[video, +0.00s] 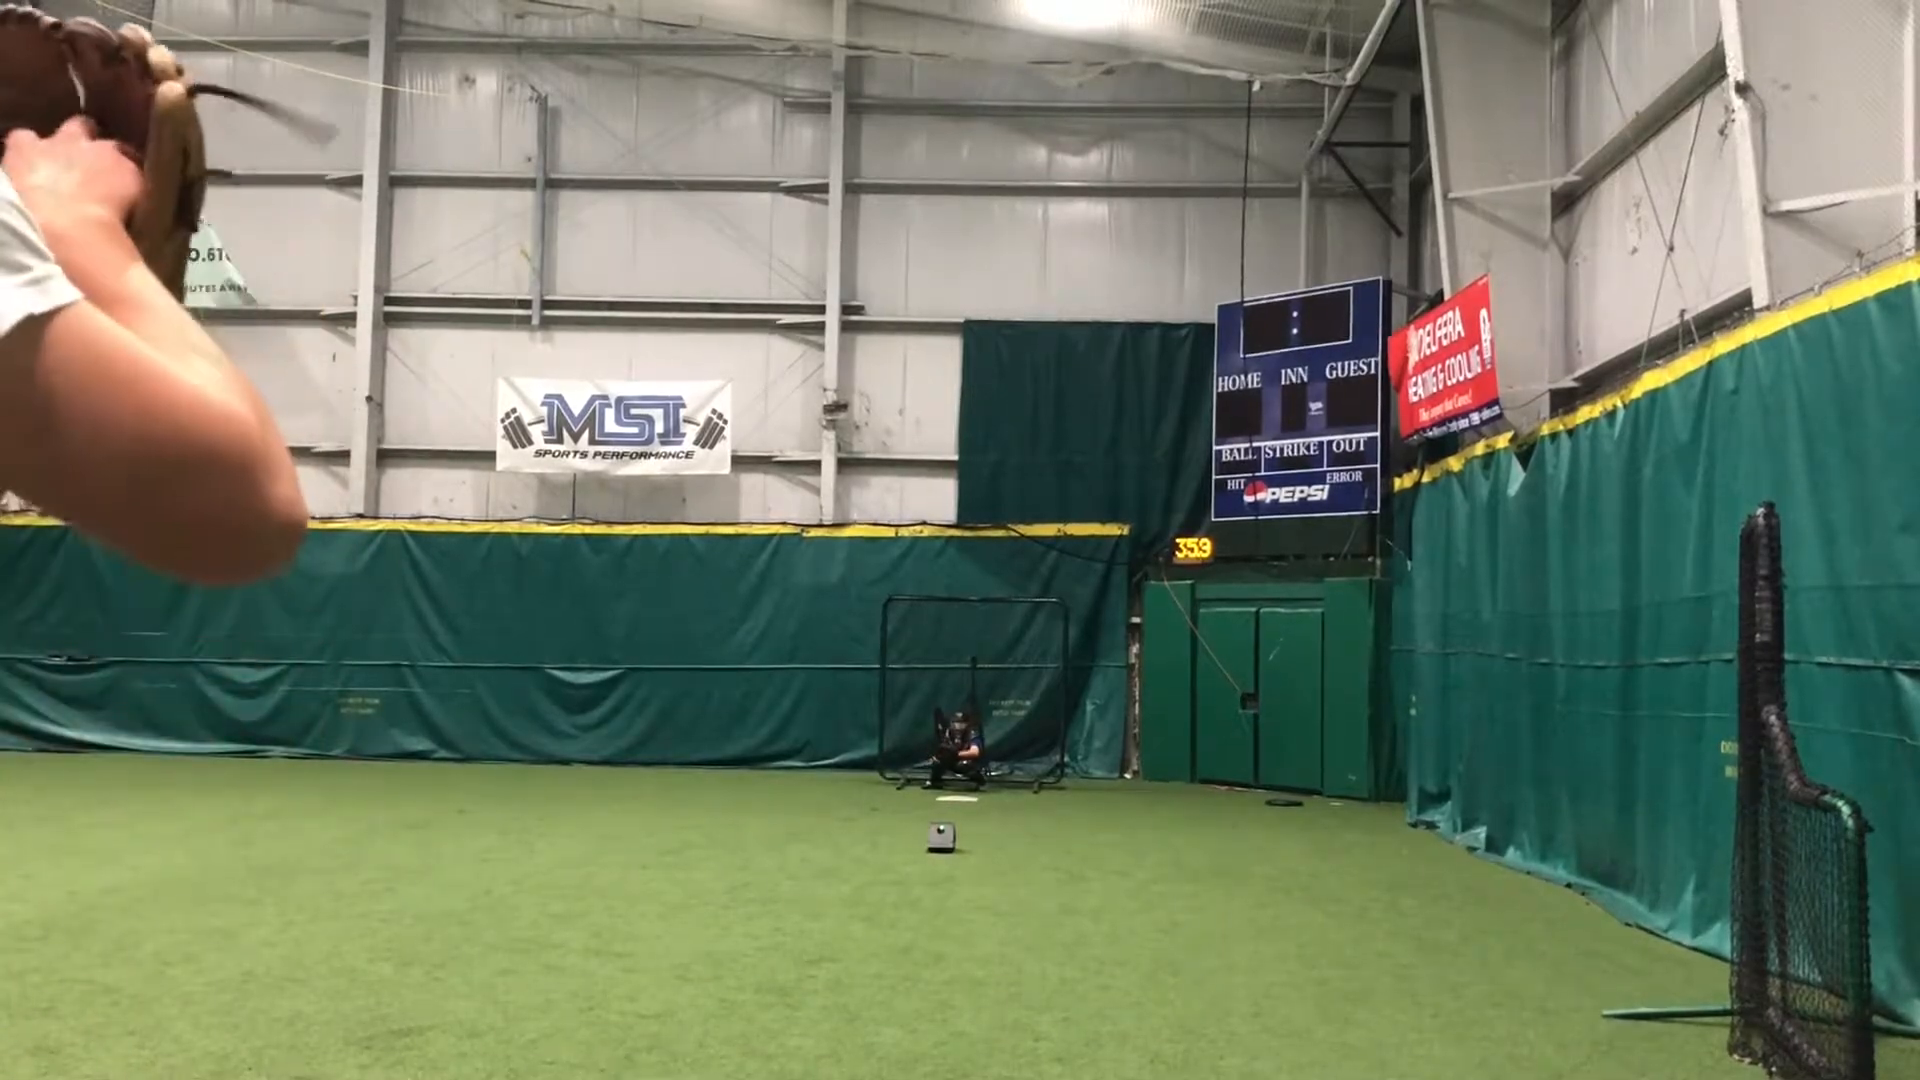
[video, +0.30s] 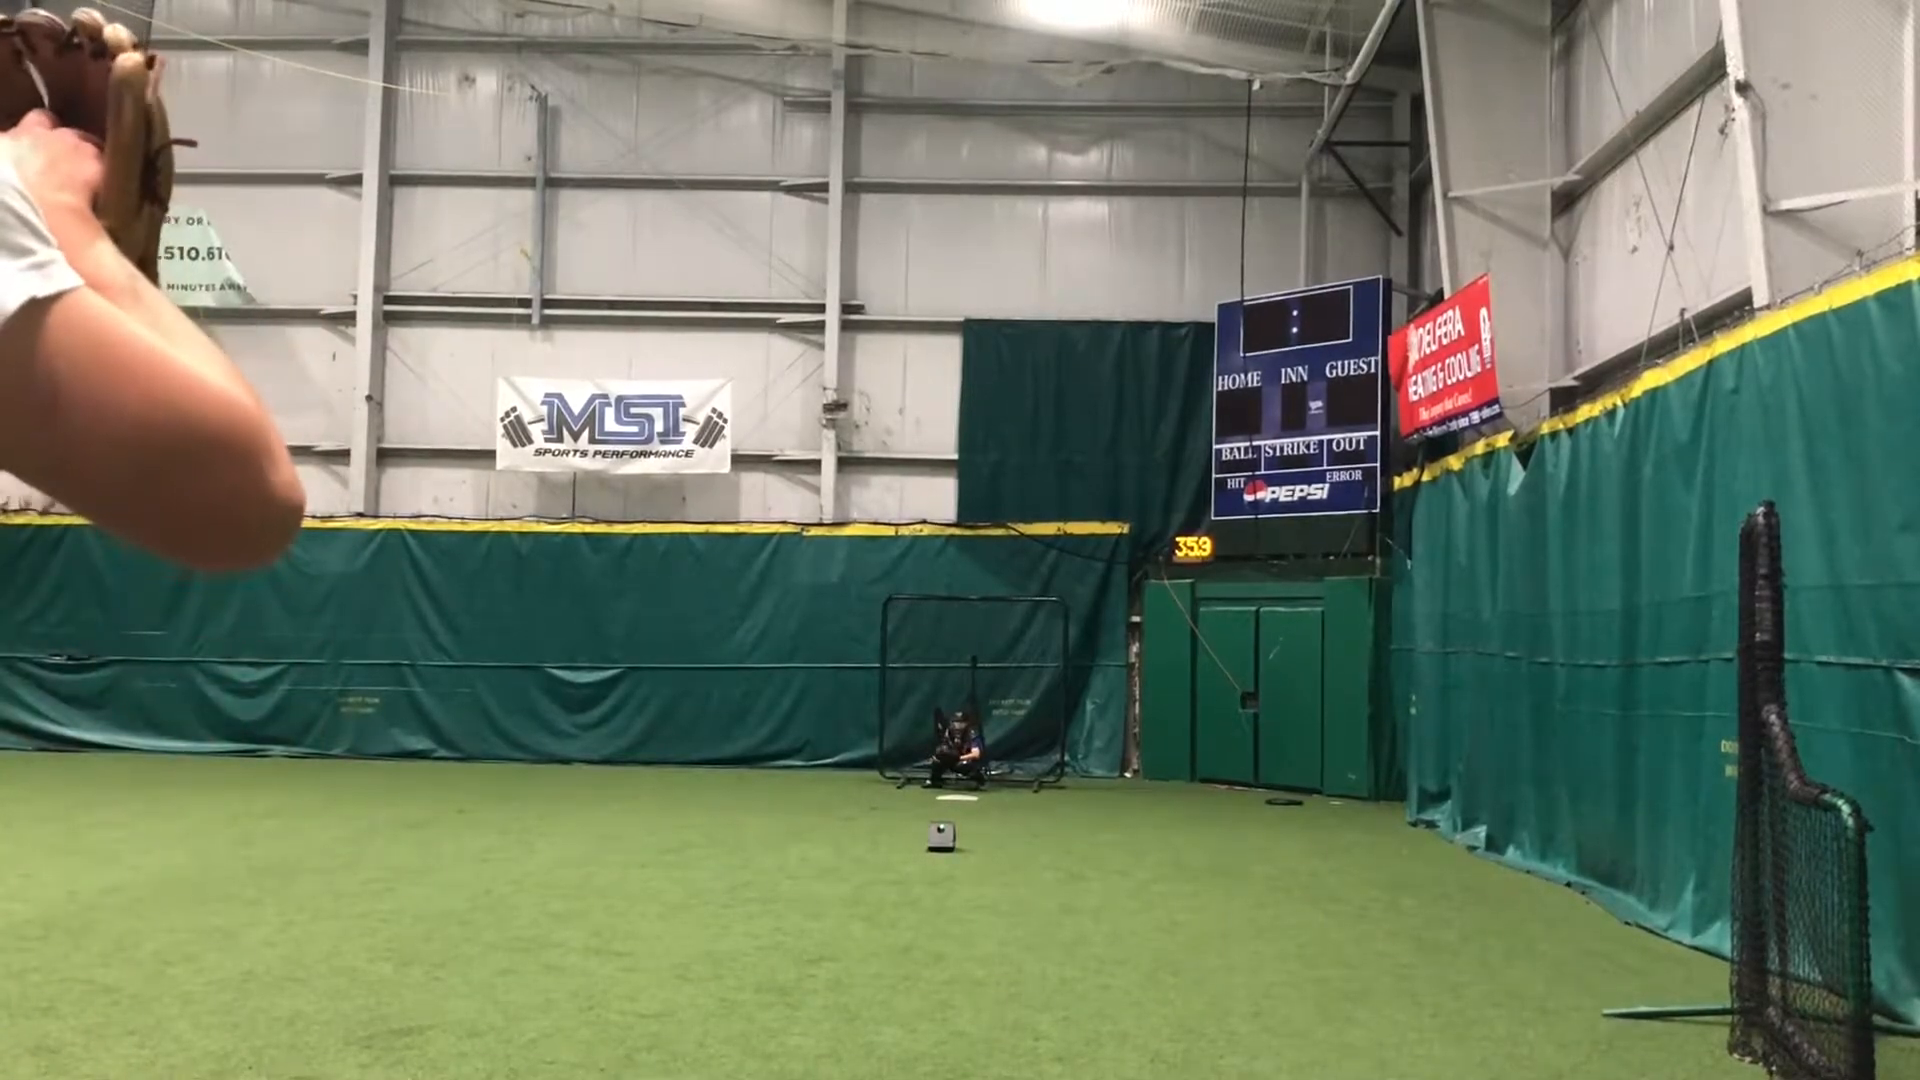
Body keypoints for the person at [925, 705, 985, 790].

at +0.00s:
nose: (957, 727)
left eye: (960, 723)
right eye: (954, 723)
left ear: (966, 724)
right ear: (951, 724)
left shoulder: (972, 735)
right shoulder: (948, 733)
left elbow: (974, 752)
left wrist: (955, 754)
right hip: (948, 759)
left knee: (964, 766)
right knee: (937, 765)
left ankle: (980, 781)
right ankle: (935, 781)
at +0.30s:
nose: (957, 726)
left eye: (960, 723)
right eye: (955, 723)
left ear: (966, 724)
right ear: (951, 723)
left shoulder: (971, 735)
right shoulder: (949, 733)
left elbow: (976, 754)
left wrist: (960, 758)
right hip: (949, 758)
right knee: (937, 763)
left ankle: (980, 781)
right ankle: (935, 781)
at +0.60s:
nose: (958, 727)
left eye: (961, 724)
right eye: (955, 723)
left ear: (966, 725)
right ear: (951, 725)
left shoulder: (972, 737)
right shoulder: (947, 735)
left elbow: (977, 756)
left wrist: (964, 760)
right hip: (950, 761)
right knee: (937, 762)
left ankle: (980, 782)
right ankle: (935, 781)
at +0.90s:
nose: (958, 727)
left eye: (961, 723)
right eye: (955, 723)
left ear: (966, 725)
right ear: (951, 725)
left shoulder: (972, 737)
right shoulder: (947, 735)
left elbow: (977, 756)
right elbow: (941, 750)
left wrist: (962, 759)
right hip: (950, 762)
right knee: (936, 763)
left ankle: (979, 782)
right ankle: (936, 781)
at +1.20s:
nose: (957, 728)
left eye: (961, 724)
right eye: (955, 724)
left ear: (966, 725)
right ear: (951, 725)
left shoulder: (971, 739)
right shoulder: (948, 736)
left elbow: (977, 757)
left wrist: (961, 760)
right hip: (951, 764)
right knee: (936, 761)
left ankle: (981, 782)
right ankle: (935, 780)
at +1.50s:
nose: (955, 728)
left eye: (959, 724)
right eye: (953, 724)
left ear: (965, 726)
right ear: (949, 726)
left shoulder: (971, 740)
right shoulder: (947, 738)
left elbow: (976, 758)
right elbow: (938, 751)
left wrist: (959, 760)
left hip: (966, 767)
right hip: (950, 765)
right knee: (936, 760)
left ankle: (980, 782)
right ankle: (935, 781)